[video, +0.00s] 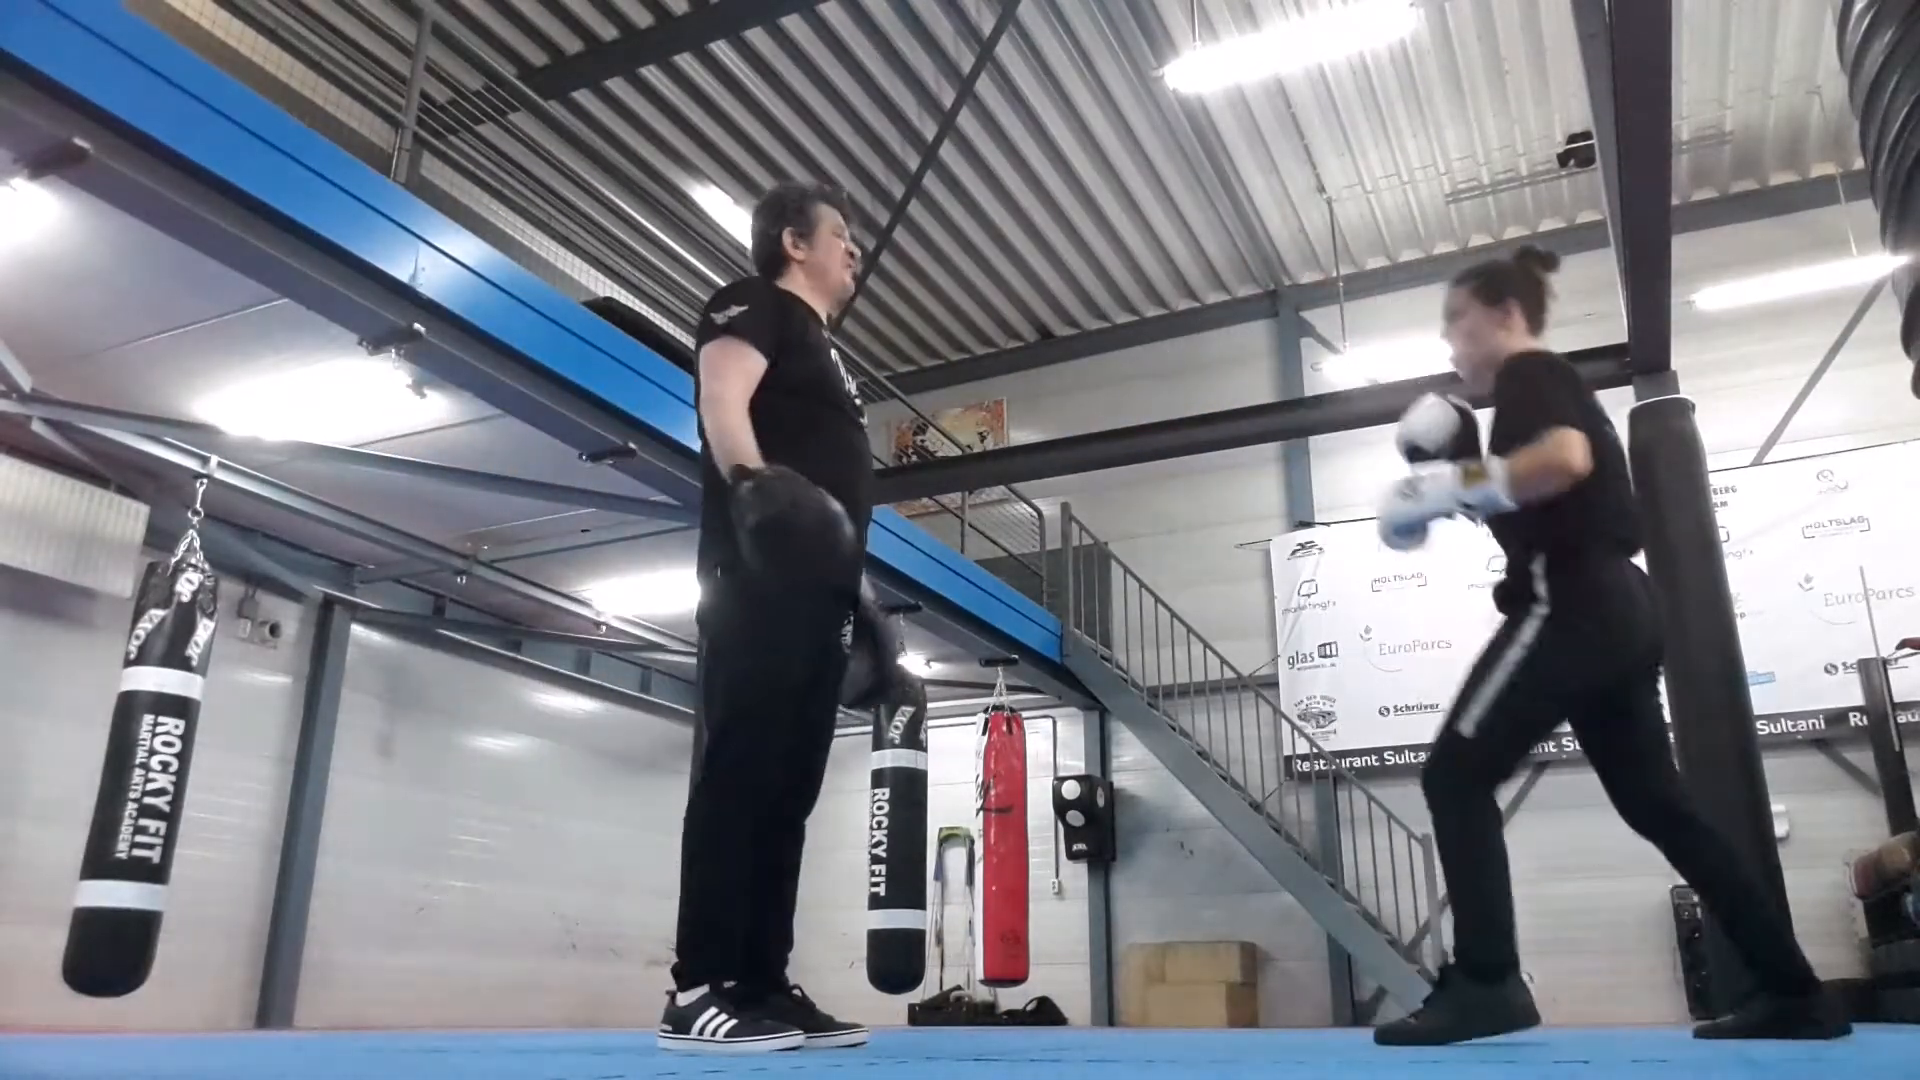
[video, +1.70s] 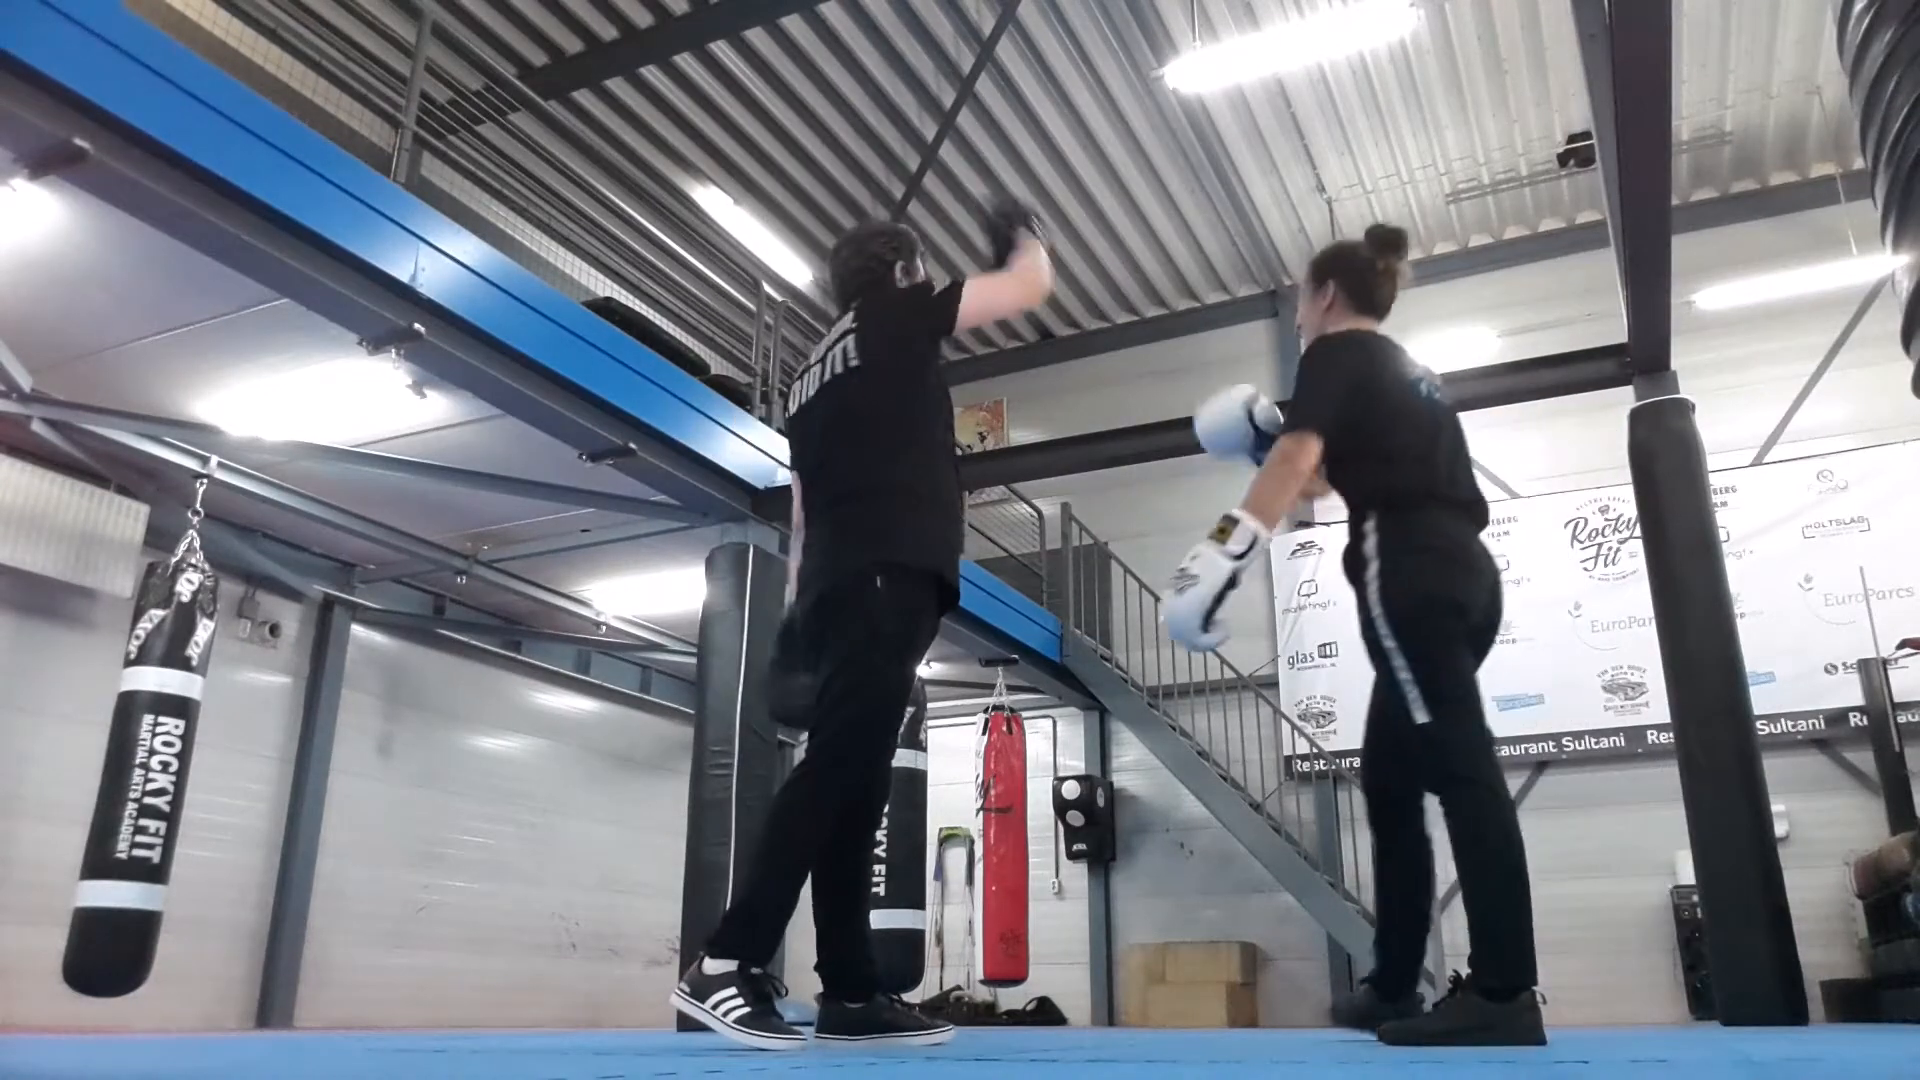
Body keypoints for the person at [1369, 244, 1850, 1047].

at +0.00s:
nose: (1449, 343)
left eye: (1457, 324)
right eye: (1447, 326)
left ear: (1505, 316)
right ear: (1513, 322)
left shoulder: (1528, 377)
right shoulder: (1548, 386)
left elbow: (1567, 457)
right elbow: (1532, 497)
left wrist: (1460, 485)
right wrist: (1451, 483)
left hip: (1574, 606)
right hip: (1616, 604)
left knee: (1454, 772)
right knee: (1655, 801)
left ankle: (1485, 983)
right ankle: (1790, 988)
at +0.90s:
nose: (1363, 298)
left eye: (1376, 283)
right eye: (1365, 285)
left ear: (1425, 287)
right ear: (1422, 292)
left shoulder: (1456, 342)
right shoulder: (1436, 379)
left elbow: (1506, 413)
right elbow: (1471, 513)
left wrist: (1532, 488)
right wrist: (1451, 612)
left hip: (1525, 574)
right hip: (1534, 582)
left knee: (1478, 766)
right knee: (1604, 780)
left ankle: (1497, 996)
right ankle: (1762, 975)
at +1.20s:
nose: (1312, 294)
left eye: (1327, 280)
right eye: (1315, 282)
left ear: (1378, 286)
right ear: (1366, 292)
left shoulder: (1428, 344)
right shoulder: (1371, 406)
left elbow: (1500, 403)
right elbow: (1371, 516)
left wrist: (1508, 473)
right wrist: (1353, 609)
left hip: (1487, 578)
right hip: (1510, 582)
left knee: (1447, 772)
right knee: (1581, 778)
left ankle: (1498, 994)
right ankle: (1752, 967)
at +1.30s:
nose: (1303, 285)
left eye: (1316, 269)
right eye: (1305, 272)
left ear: (1364, 273)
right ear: (1359, 279)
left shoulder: (1408, 332)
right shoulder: (1369, 391)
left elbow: (1453, 405)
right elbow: (1335, 499)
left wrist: (1463, 503)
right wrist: (1284, 572)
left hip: (1470, 560)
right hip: (1508, 563)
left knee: (1455, 768)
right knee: (1524, 777)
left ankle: (1499, 994)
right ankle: (1700, 947)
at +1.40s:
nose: (1299, 286)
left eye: (1309, 269)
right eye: (1300, 271)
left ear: (1350, 267)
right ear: (1359, 273)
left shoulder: (1387, 330)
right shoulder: (1380, 361)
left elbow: (1400, 425)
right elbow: (1325, 474)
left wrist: (1385, 525)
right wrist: (1231, 513)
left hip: (1461, 557)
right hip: (1493, 560)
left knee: (1455, 767)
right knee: (1467, 768)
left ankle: (1498, 995)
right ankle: (1622, 948)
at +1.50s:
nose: (1297, 289)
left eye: (1304, 272)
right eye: (1299, 275)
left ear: (1342, 270)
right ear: (1367, 274)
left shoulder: (1368, 329)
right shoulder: (1400, 343)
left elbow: (1361, 435)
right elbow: (1345, 461)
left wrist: (1321, 532)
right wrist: (1240, 452)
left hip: (1442, 554)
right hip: (1487, 551)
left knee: (1446, 763)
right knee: (1450, 761)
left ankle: (1502, 989)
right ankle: (1522, 971)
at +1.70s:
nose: (1297, 314)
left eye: (1300, 300)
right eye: (1299, 301)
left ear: (1325, 295)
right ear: (1374, 302)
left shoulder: (1332, 355)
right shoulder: (1403, 367)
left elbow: (1297, 456)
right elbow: (1354, 453)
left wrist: (1227, 550)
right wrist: (1276, 423)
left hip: (1401, 565)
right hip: (1465, 566)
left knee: (1463, 773)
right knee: (1391, 777)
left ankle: (1503, 993)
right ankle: (1395, 986)